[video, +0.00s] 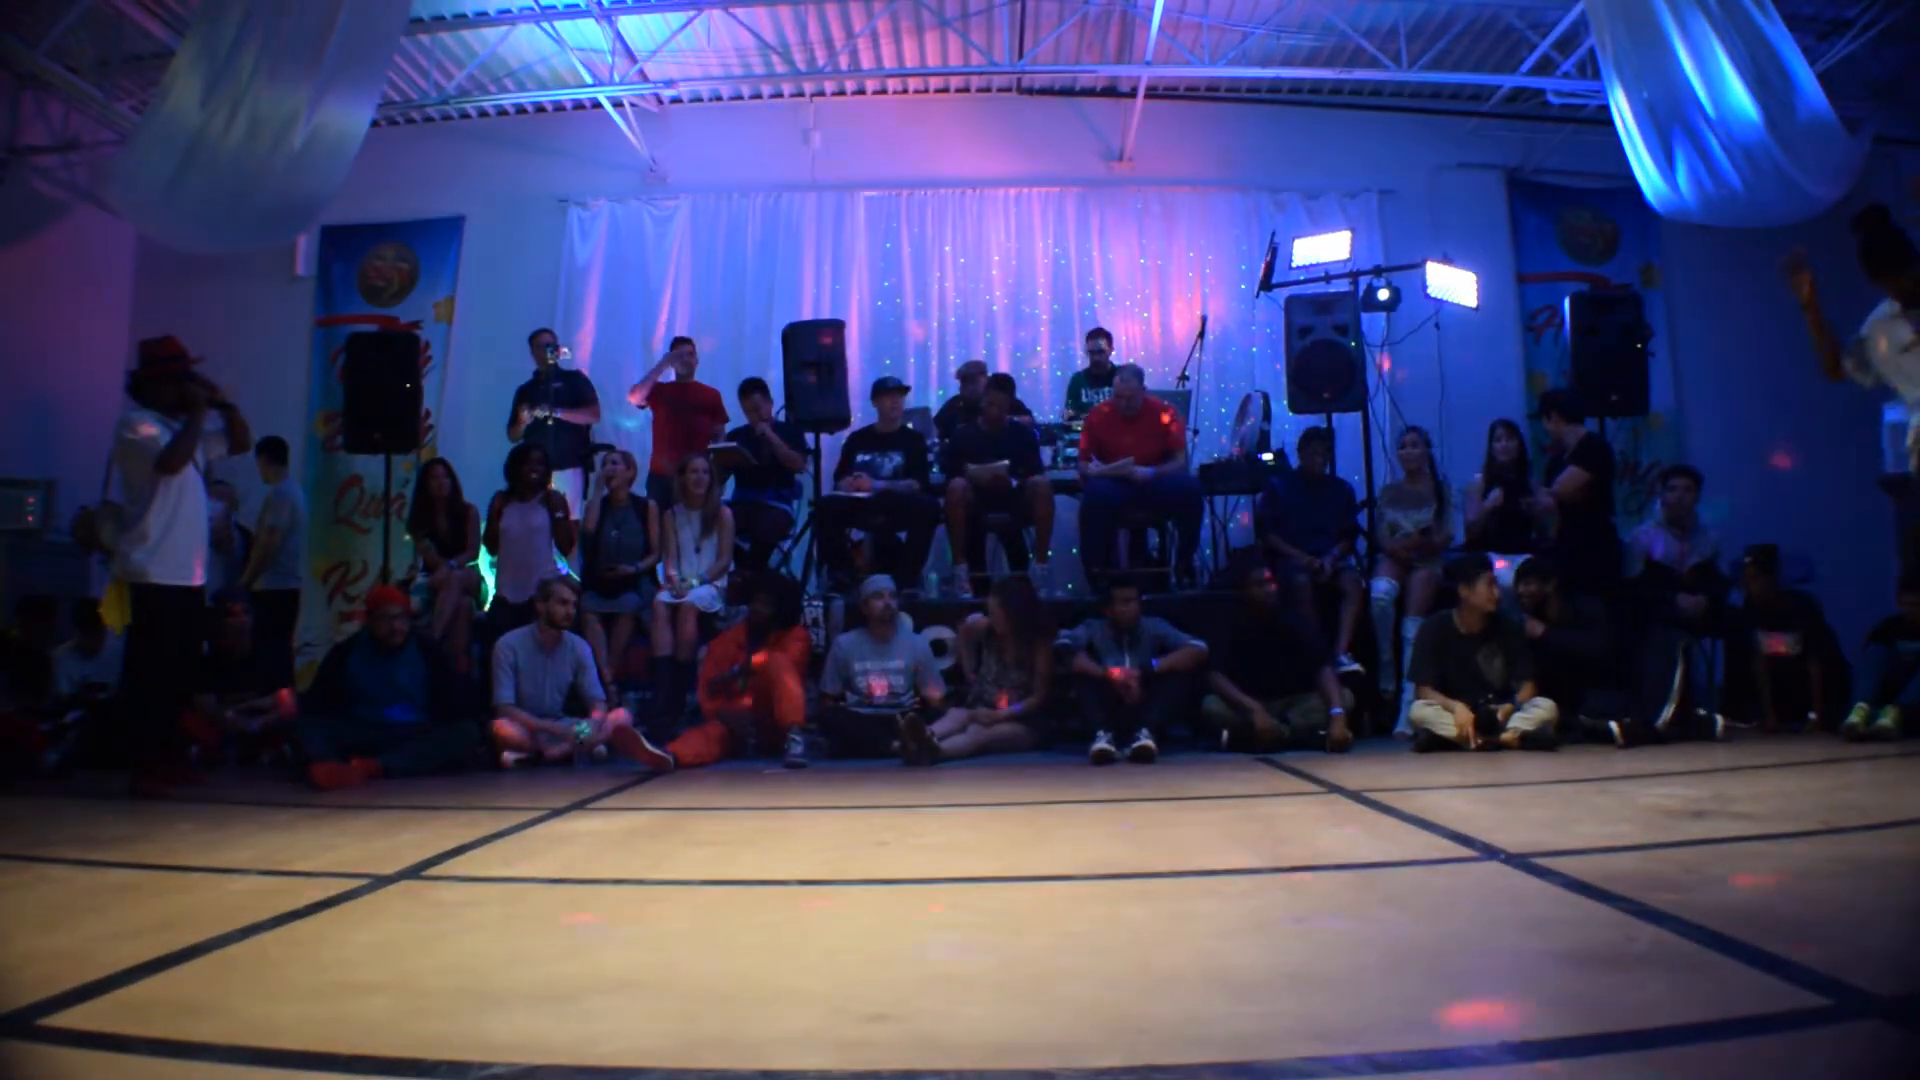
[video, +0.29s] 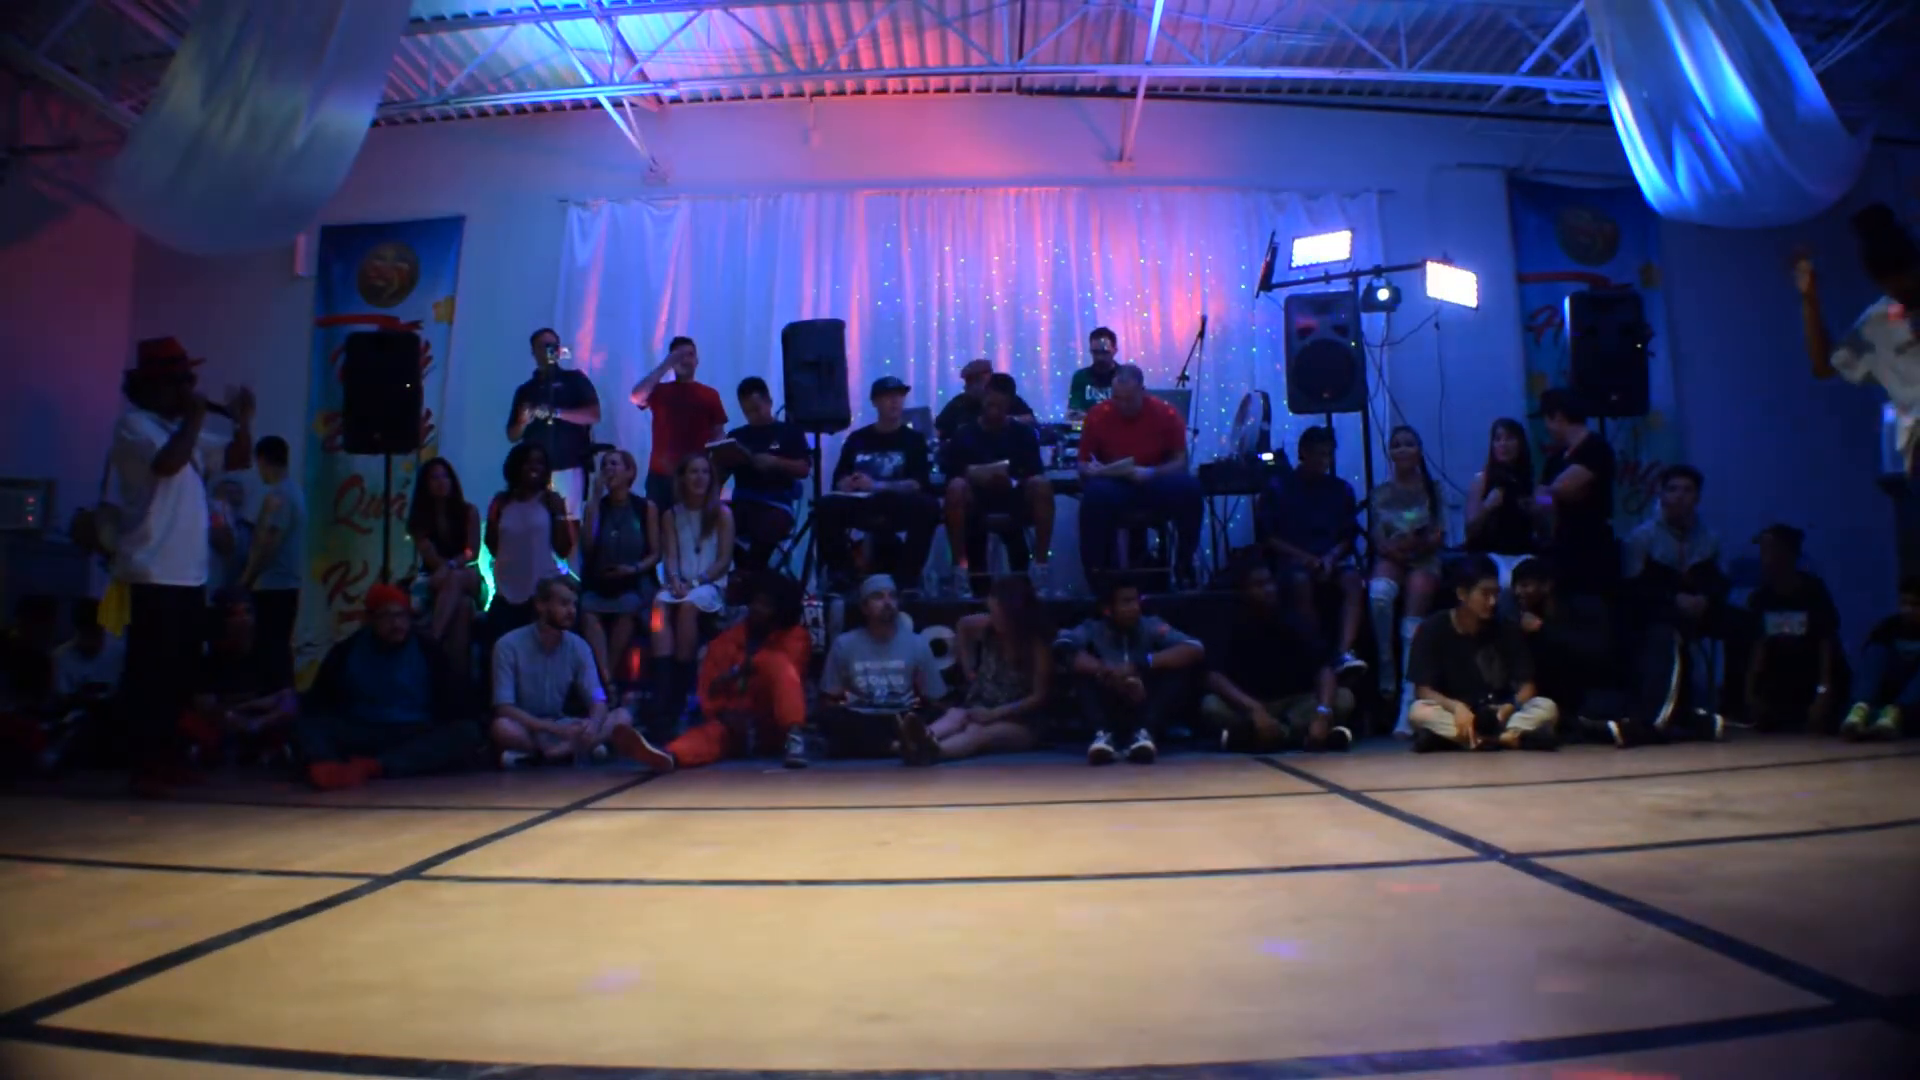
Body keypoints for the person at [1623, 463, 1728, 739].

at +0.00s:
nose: (1678, 497)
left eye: (1686, 491)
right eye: (1672, 490)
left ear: (1696, 497)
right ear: (1662, 496)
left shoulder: (1706, 539)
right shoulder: (1644, 536)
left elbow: (1716, 580)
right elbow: (1637, 581)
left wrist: (1702, 599)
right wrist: (1674, 598)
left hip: (1695, 612)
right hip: (1655, 610)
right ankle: (1657, 712)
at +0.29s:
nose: (1679, 497)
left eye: (1687, 491)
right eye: (1672, 490)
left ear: (1696, 498)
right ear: (1662, 496)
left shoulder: (1707, 538)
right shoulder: (1643, 537)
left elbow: (1717, 581)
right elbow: (1637, 584)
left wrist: (1702, 600)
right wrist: (1674, 600)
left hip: (1697, 612)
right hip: (1658, 611)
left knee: (1742, 623)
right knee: (1671, 637)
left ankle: (1734, 706)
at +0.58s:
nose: (1679, 498)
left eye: (1687, 491)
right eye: (1673, 490)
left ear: (1697, 498)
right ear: (1662, 496)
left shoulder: (1707, 538)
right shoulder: (1644, 537)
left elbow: (1719, 580)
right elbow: (1637, 584)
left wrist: (1705, 599)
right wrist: (1674, 599)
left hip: (1699, 609)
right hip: (1659, 608)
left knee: (1740, 623)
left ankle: (1735, 706)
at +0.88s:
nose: (1678, 497)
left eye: (1686, 490)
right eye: (1671, 489)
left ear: (1696, 497)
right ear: (1661, 496)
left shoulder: (1706, 537)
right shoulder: (1644, 536)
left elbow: (1716, 578)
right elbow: (1637, 584)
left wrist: (1705, 599)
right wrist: (1674, 599)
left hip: (1697, 607)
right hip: (1659, 607)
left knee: (1739, 624)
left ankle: (1735, 705)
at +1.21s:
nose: (1672, 493)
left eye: (1679, 487)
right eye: (1667, 486)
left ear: (1694, 493)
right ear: (1661, 493)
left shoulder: (1706, 535)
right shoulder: (1647, 535)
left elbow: (1720, 578)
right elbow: (1642, 580)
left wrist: (1706, 599)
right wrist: (1676, 600)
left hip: (1702, 608)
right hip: (1662, 607)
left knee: (1741, 624)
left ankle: (1737, 706)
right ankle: (1674, 708)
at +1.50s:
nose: (1666, 489)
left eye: (1674, 483)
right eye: (1662, 483)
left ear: (1690, 490)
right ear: (1657, 490)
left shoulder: (1704, 534)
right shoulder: (1646, 531)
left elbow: (1718, 576)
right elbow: (1639, 578)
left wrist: (1704, 599)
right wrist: (1673, 599)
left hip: (1699, 608)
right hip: (1660, 606)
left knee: (1738, 625)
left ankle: (1727, 708)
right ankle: (1654, 713)